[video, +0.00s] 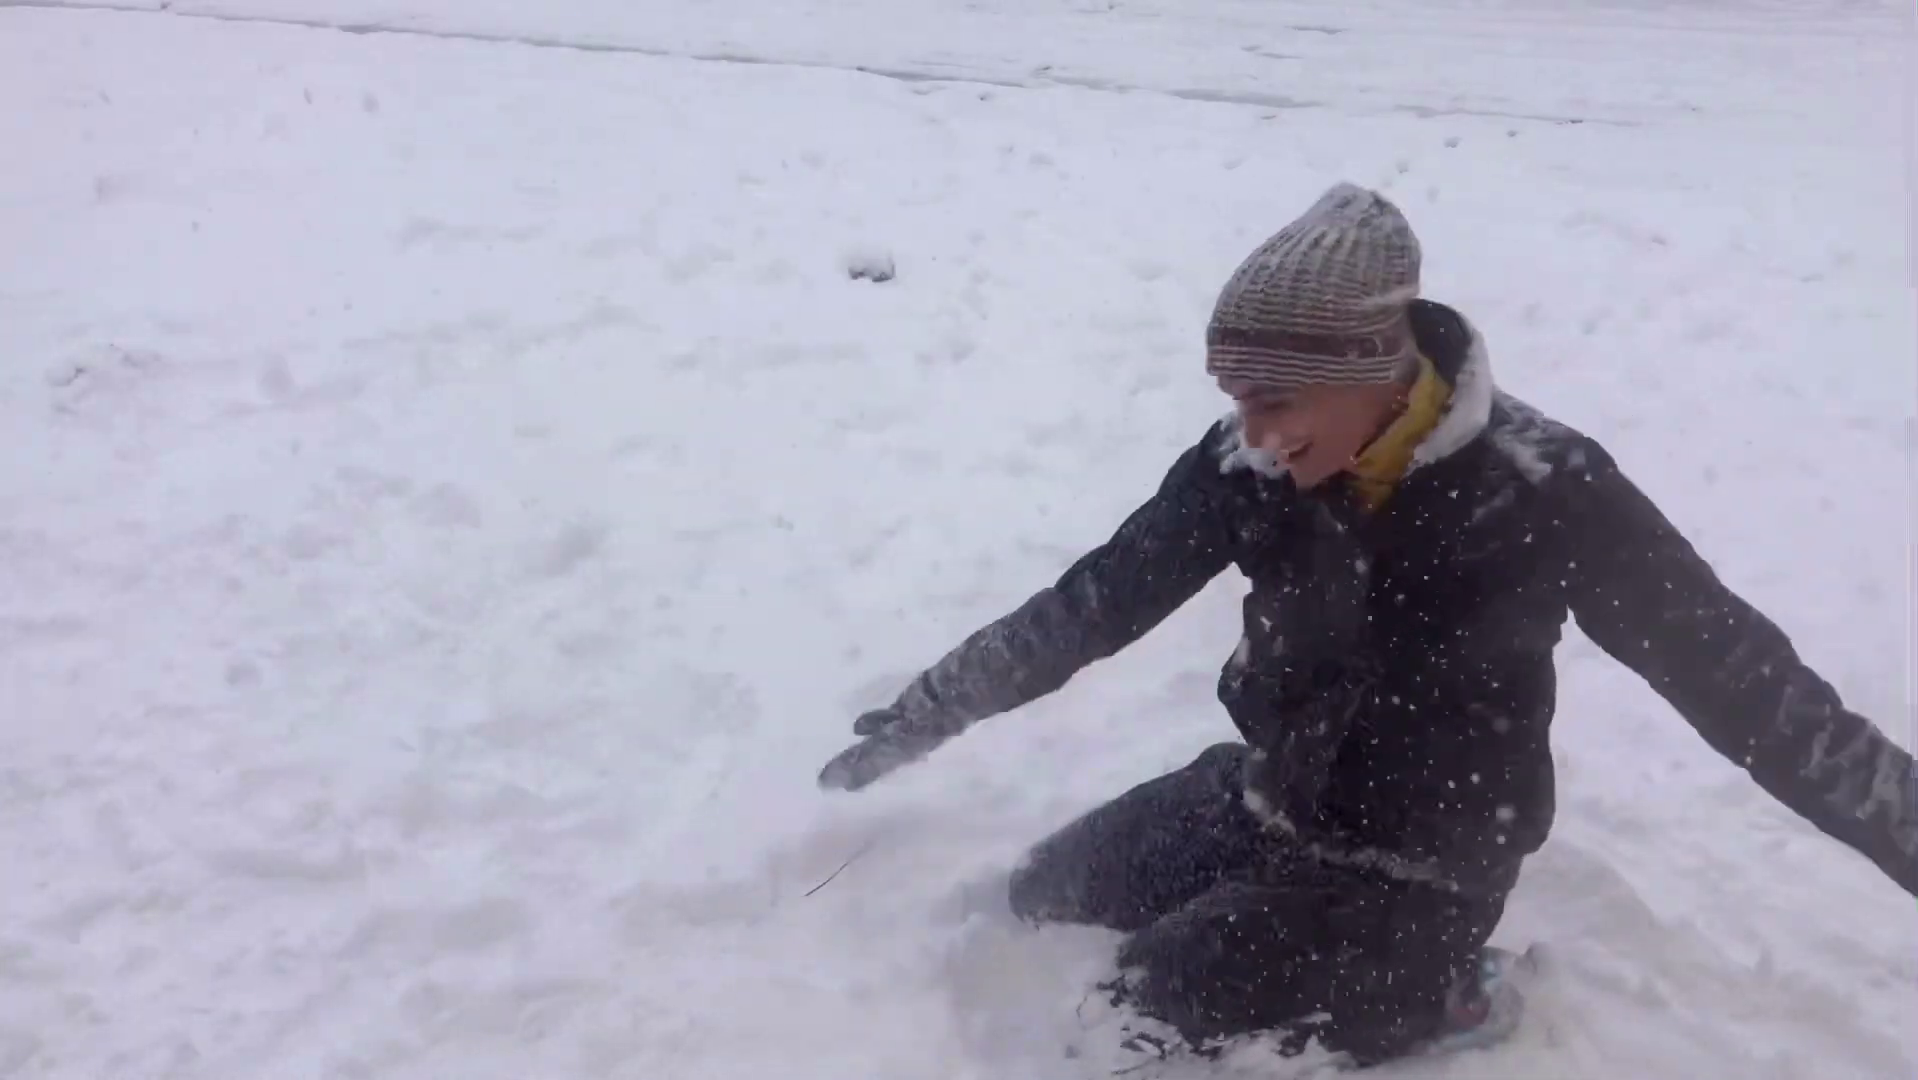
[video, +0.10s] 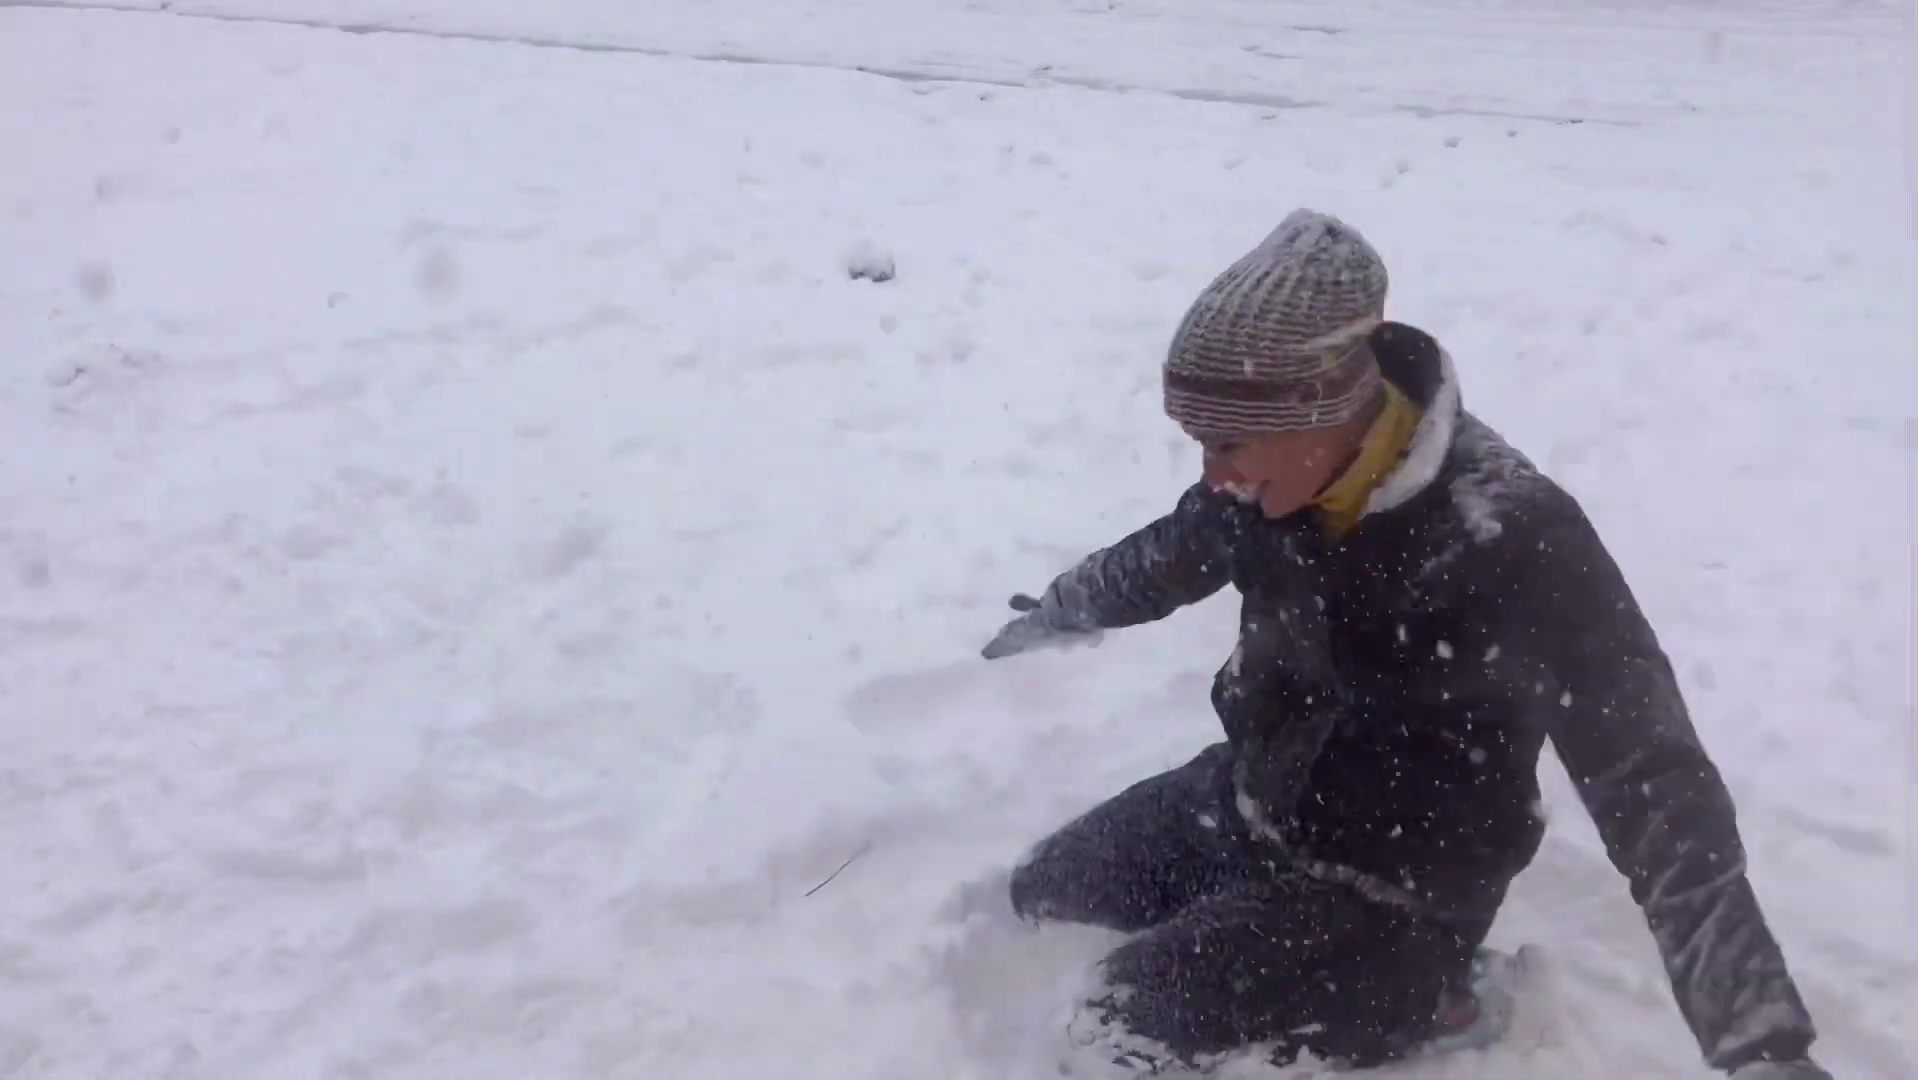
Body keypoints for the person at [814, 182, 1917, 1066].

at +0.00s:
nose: (1252, 435)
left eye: (1276, 401)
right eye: (1241, 404)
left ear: (1377, 365)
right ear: (1245, 386)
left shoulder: (1548, 495)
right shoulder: (1253, 462)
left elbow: (1763, 700)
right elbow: (1088, 609)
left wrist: (1908, 834)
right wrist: (913, 718)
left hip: (1402, 879)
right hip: (1252, 793)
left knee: (1134, 1017)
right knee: (1017, 912)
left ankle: (1432, 997)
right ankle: (1281, 883)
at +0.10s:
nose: (1212, 476)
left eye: (1228, 445)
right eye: (1205, 446)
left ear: (1324, 410)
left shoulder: (1522, 547)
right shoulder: (1279, 477)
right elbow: (1167, 558)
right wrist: (1054, 616)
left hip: (1381, 900)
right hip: (1246, 797)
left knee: (1113, 1025)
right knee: (1039, 898)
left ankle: (1422, 1001)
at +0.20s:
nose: (1156, 506)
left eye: (1166, 478)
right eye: (1148, 479)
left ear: (1258, 454)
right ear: (1248, 452)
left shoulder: (1440, 590)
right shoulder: (1279, 496)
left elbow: (1472, 881)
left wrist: (1443, 1064)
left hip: (1364, 906)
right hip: (1257, 794)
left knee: (1116, 1030)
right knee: (1045, 901)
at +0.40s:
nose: (1016, 538)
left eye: (1020, 510)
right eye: (1009, 514)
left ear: (1094, 481)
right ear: (1135, 456)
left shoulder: (1193, 656)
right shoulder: (1296, 479)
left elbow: (1089, 931)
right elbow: (1419, 624)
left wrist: (964, 1067)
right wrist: (1520, 696)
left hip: (1387, 950)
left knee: (1113, 1028)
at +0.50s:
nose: (951, 546)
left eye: (948, 519)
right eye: (939, 522)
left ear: (1001, 502)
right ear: (1071, 444)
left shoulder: (1095, 649)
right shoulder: (1247, 479)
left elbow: (989, 935)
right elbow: (1378, 649)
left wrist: (862, 1070)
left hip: (1381, 924)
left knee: (1112, 1044)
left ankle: (1396, 1009)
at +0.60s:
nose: (901, 559)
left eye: (895, 530)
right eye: (885, 533)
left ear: (941, 502)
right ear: (1000, 450)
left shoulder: (1033, 651)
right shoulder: (1182, 484)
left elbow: (935, 924)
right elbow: (1323, 657)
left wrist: (827, 1067)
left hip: (1368, 930)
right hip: (1455, 802)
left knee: (1088, 1052)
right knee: (1182, 874)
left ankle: (1423, 1002)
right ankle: (1490, 880)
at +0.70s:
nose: (877, 578)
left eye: (863, 550)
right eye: (860, 555)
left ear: (898, 528)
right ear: (974, 457)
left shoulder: (993, 655)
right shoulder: (1141, 494)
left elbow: (910, 934)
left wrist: (811, 1069)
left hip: (1360, 918)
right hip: (1444, 793)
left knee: (1102, 1049)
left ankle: (1430, 1010)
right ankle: (1522, 892)